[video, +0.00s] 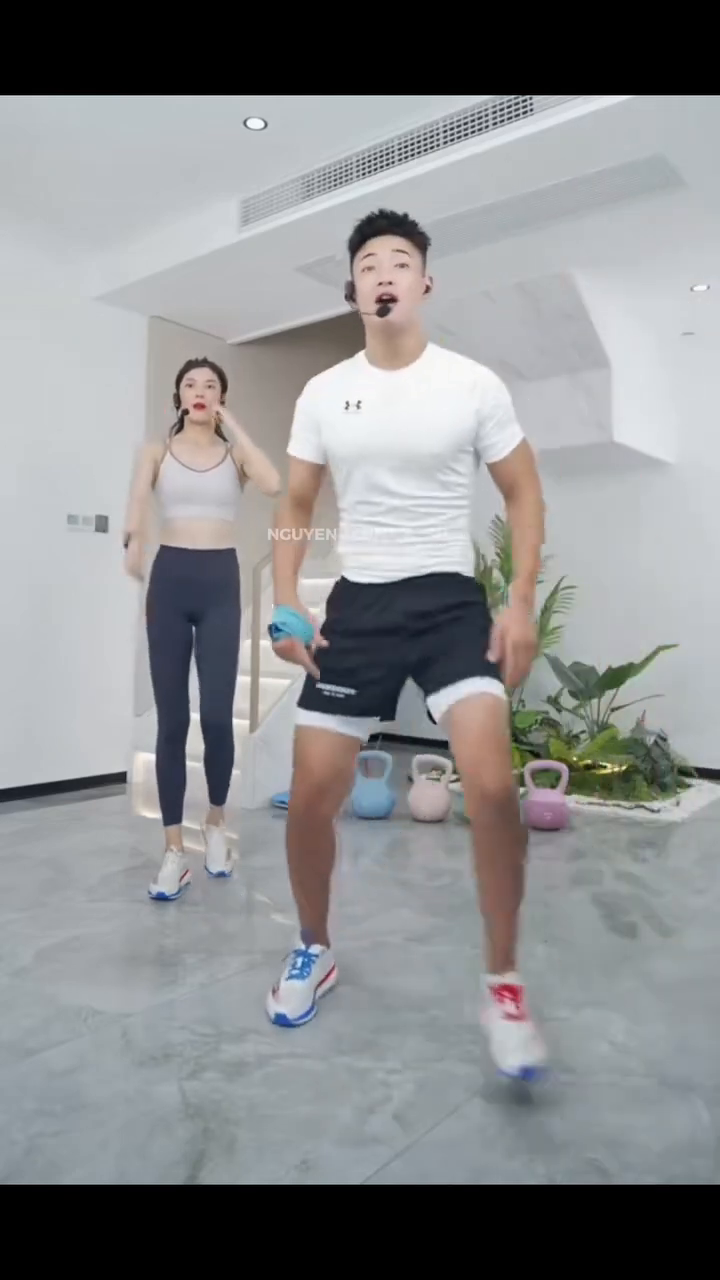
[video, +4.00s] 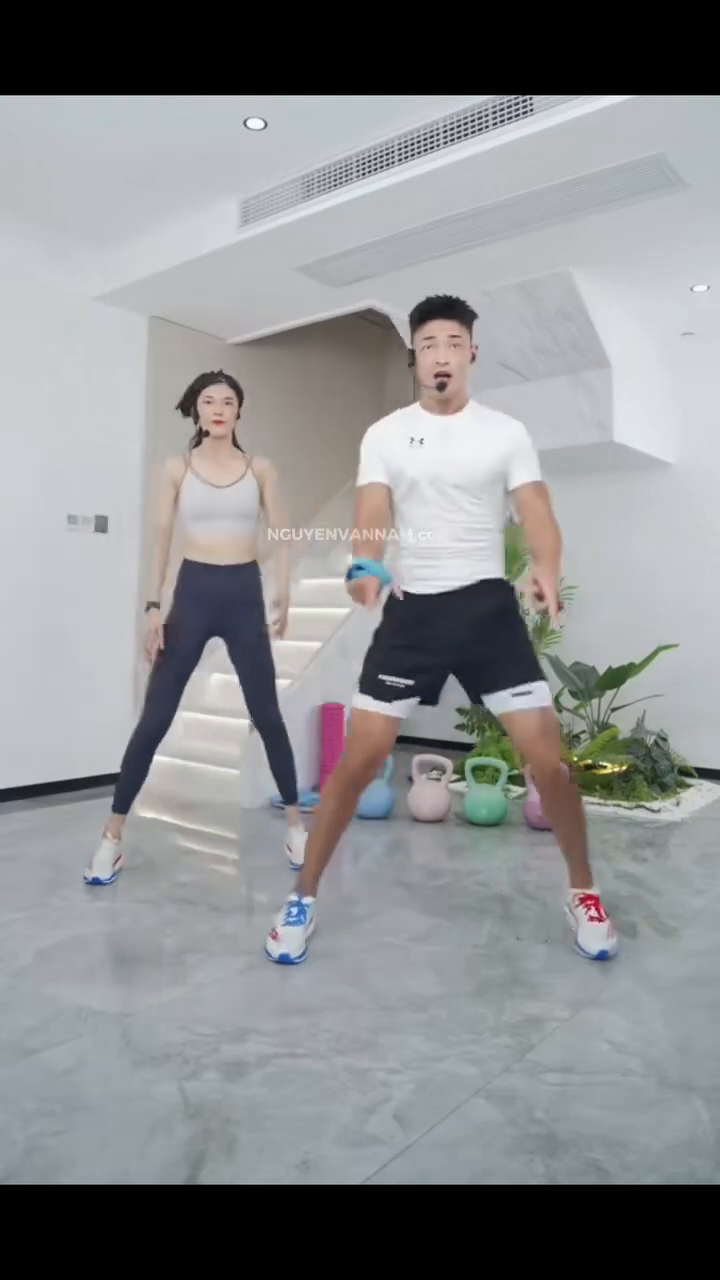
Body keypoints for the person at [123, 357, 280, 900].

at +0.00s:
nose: (200, 393)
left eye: (209, 387)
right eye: (192, 385)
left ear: (222, 400)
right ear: (178, 396)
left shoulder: (234, 451)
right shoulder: (157, 451)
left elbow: (271, 482)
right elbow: (138, 505)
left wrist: (233, 427)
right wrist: (133, 547)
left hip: (221, 580)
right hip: (167, 579)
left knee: (216, 716)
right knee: (172, 719)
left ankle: (216, 825)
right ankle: (173, 846)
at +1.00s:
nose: (212, 403)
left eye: (222, 397)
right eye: (205, 395)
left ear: (235, 407)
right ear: (192, 404)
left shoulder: (249, 461)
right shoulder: (170, 460)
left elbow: (265, 508)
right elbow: (158, 531)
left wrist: (236, 447)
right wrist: (151, 589)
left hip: (231, 585)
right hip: (180, 583)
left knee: (219, 712)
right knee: (184, 708)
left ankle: (213, 829)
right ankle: (185, 829)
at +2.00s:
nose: (142, 397)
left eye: (151, 391)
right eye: (133, 390)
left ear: (163, 402)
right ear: (119, 400)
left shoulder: (182, 462)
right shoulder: (95, 457)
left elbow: (201, 539)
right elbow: (77, 529)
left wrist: (189, 490)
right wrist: (62, 599)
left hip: (152, 589)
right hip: (98, 585)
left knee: (140, 716)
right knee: (86, 715)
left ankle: (122, 819)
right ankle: (78, 836)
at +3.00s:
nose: (226, 404)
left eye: (235, 397)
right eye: (218, 397)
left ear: (249, 407)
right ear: (205, 405)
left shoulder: (269, 462)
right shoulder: (187, 465)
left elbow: (292, 532)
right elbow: (183, 540)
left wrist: (268, 569)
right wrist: (171, 603)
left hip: (254, 593)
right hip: (202, 593)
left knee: (263, 715)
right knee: (157, 709)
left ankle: (272, 829)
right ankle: (158, 814)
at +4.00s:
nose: (219, 410)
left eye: (227, 403)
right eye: (210, 403)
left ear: (239, 412)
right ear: (196, 411)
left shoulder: (260, 470)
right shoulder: (177, 467)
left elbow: (280, 536)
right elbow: (163, 538)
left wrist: (283, 599)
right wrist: (155, 606)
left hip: (245, 597)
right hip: (189, 596)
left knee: (266, 715)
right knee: (155, 719)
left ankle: (296, 825)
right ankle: (113, 833)